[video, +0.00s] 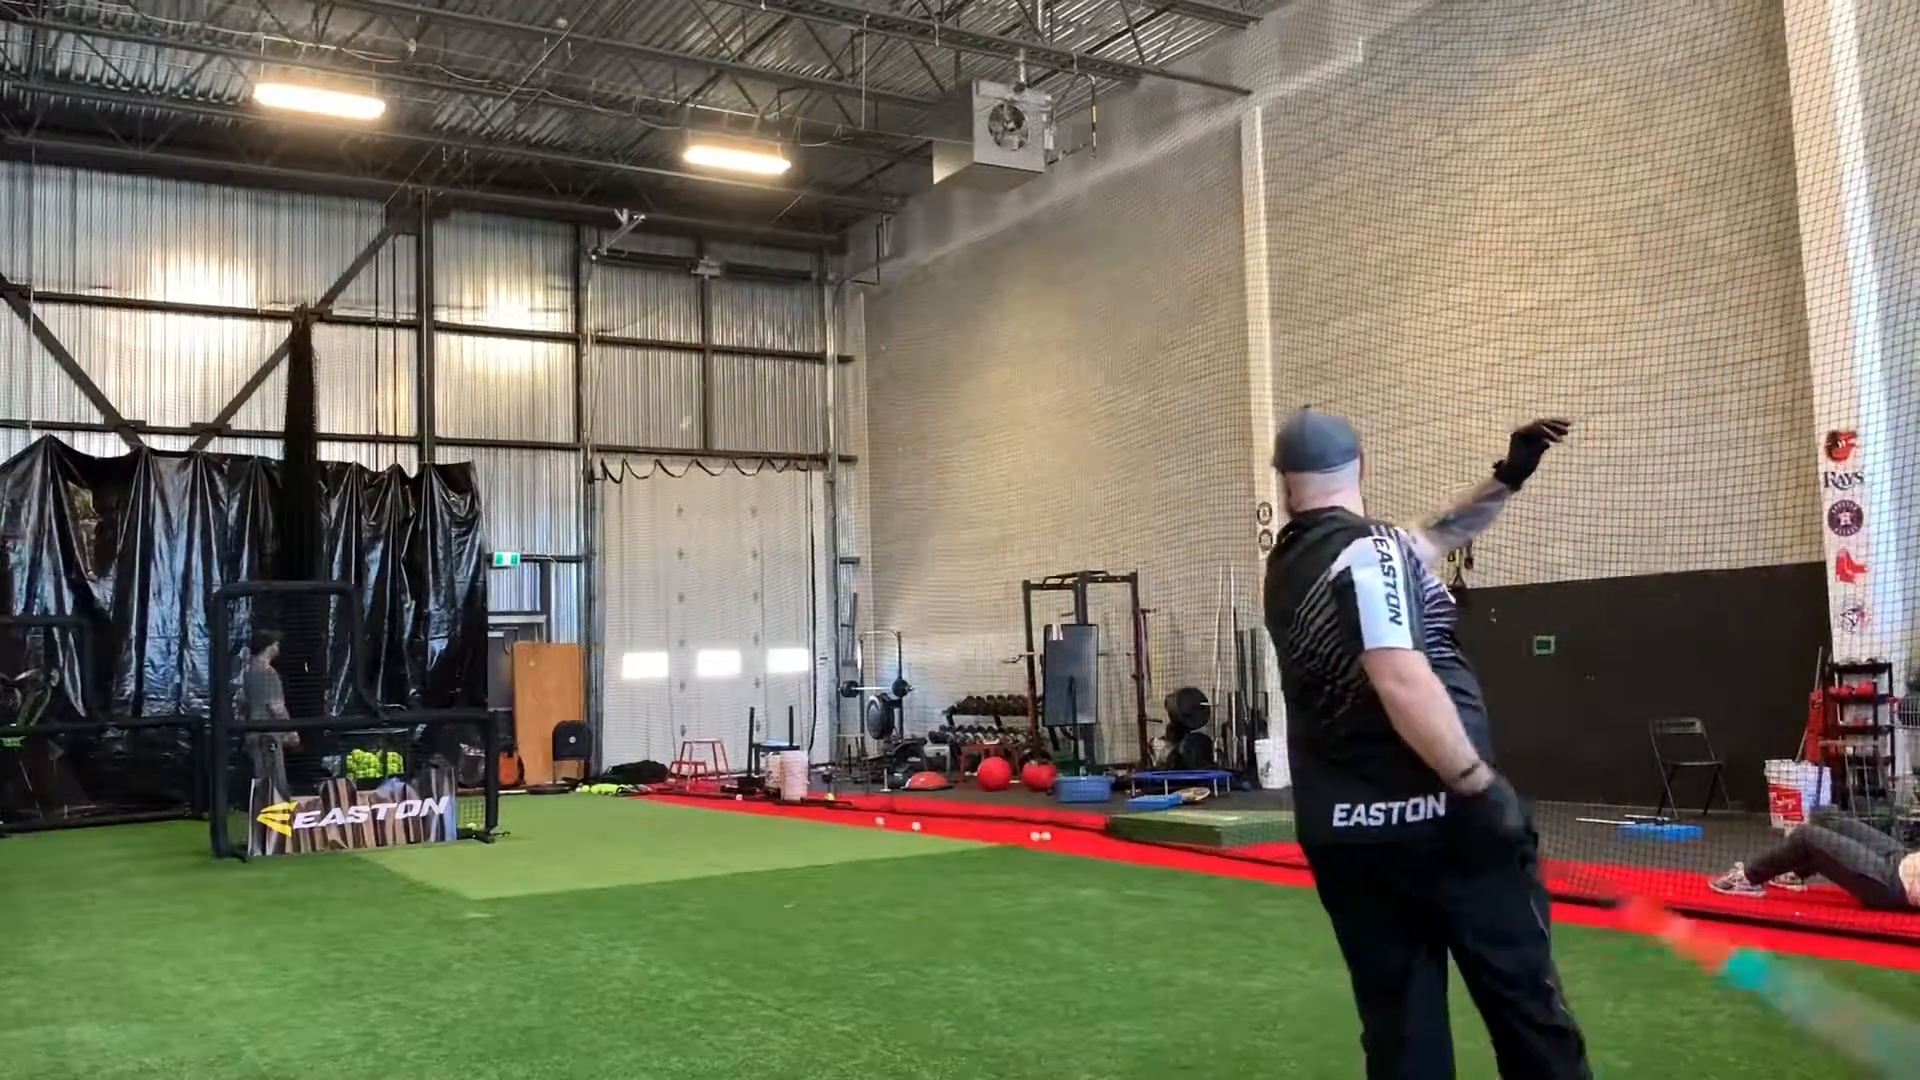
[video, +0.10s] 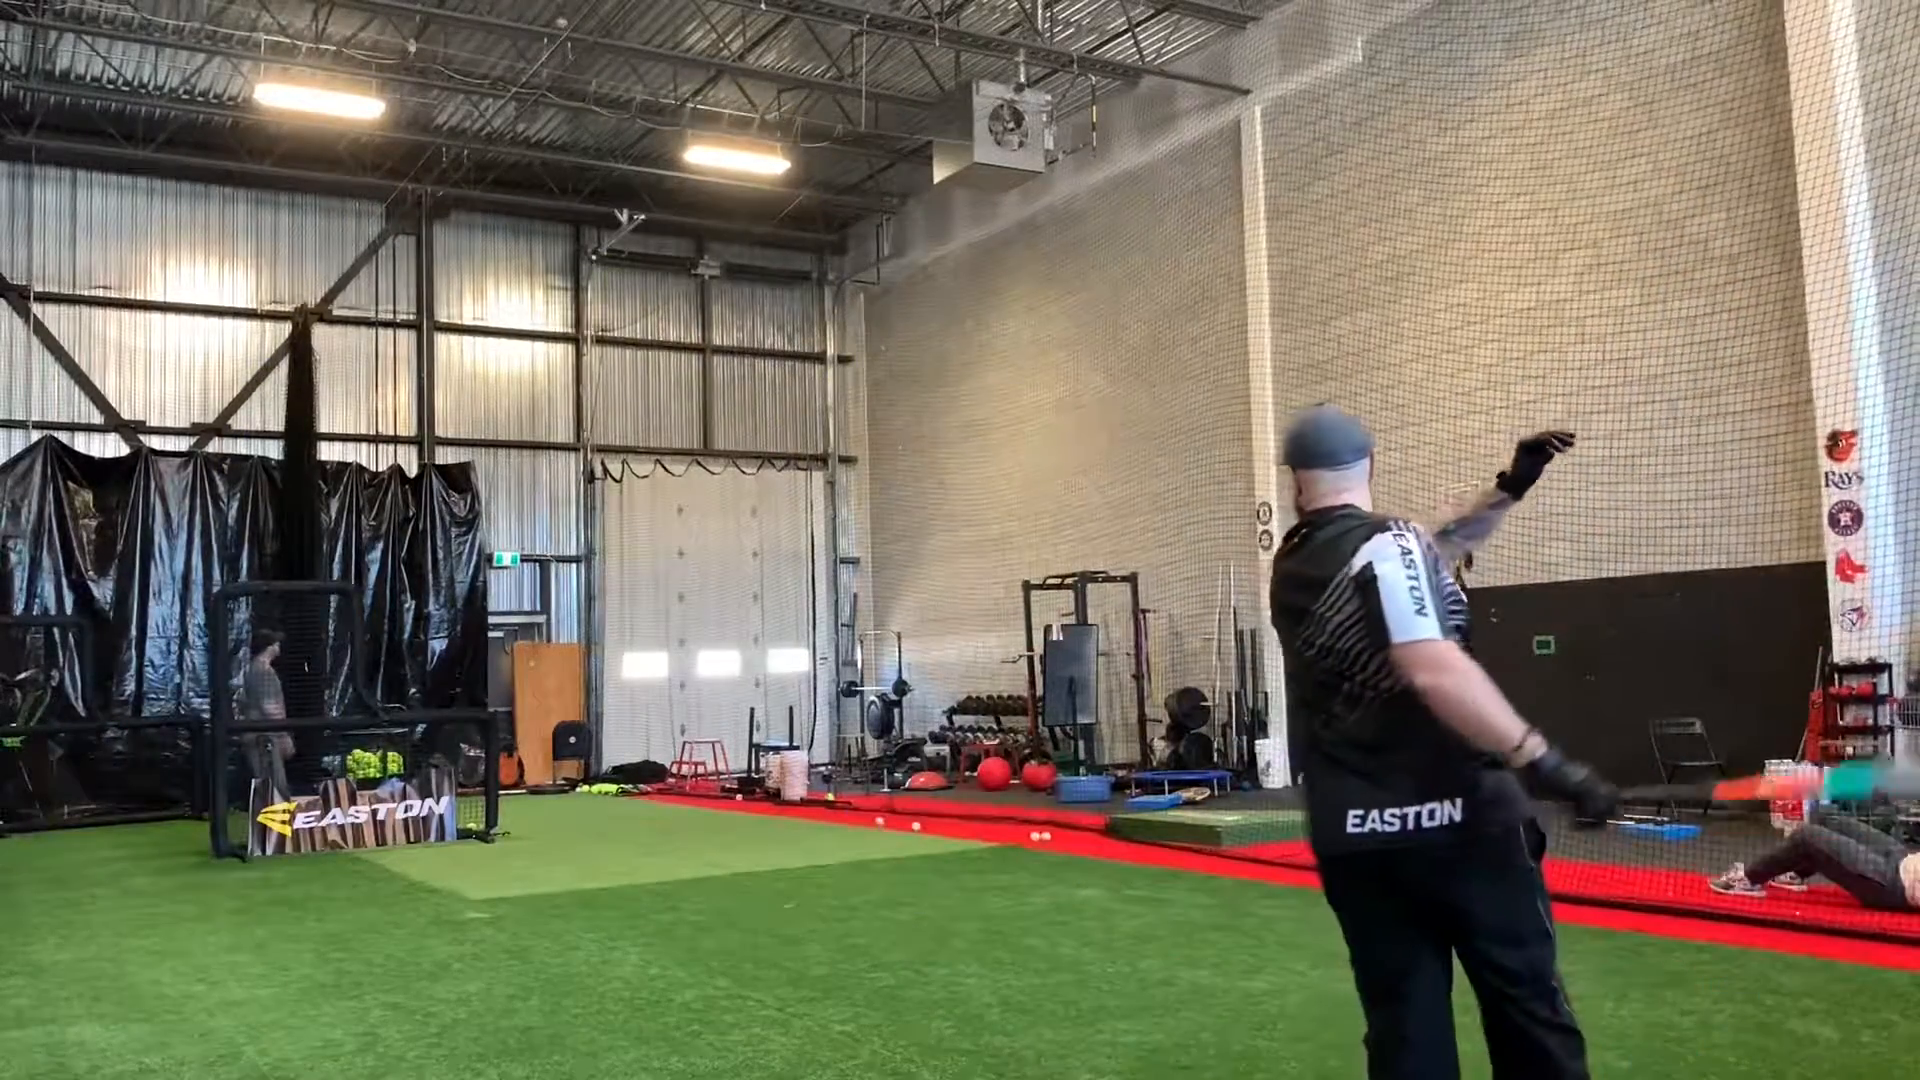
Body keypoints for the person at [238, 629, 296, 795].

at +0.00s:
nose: (278, 649)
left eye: (277, 645)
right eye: (275, 645)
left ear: (257, 647)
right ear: (268, 647)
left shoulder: (248, 671)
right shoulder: (269, 673)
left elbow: (242, 698)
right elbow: (276, 705)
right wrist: (290, 730)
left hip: (252, 726)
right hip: (270, 726)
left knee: (260, 773)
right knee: (276, 773)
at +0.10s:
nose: (278, 649)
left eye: (278, 644)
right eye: (276, 645)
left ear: (260, 646)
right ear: (269, 646)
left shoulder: (252, 669)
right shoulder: (264, 670)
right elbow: (270, 707)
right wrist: (284, 737)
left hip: (253, 732)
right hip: (265, 734)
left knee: (262, 781)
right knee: (275, 781)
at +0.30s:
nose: (279, 651)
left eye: (279, 647)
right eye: (278, 646)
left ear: (265, 647)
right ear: (270, 647)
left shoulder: (262, 669)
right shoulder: (260, 670)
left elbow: (273, 707)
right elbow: (260, 709)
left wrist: (280, 733)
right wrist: (272, 734)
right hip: (262, 737)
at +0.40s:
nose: (277, 654)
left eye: (277, 650)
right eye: (275, 650)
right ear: (270, 649)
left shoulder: (270, 673)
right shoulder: (254, 672)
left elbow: (274, 706)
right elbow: (248, 704)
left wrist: (281, 731)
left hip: (273, 737)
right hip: (258, 737)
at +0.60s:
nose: (276, 655)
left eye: (277, 651)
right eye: (275, 650)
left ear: (269, 652)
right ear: (267, 650)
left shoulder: (269, 672)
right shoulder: (246, 671)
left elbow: (273, 705)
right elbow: (234, 705)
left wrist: (281, 733)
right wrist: (235, 736)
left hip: (269, 731)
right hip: (252, 731)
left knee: (266, 779)